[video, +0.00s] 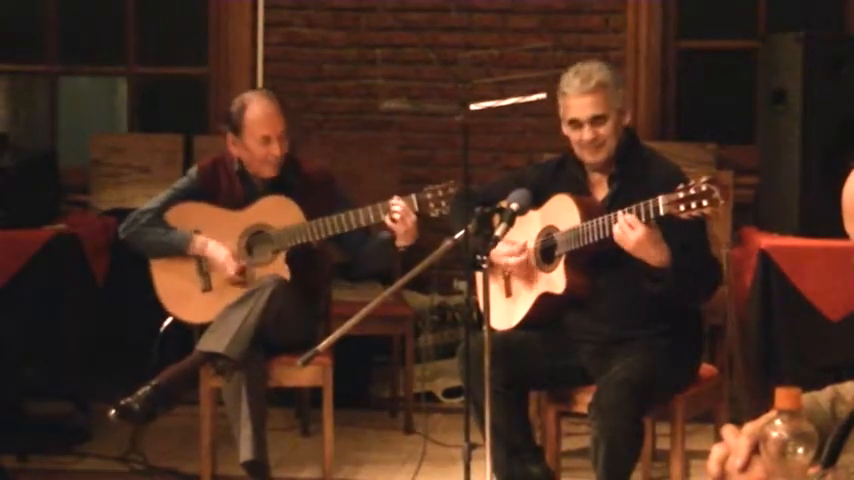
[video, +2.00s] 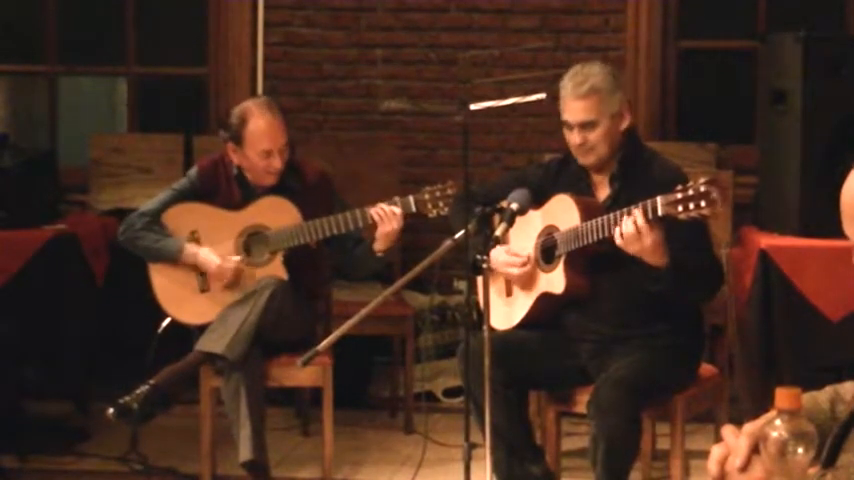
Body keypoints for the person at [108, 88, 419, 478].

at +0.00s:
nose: (277, 150)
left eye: (282, 138)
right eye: (265, 141)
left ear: (289, 133)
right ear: (235, 143)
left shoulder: (309, 182)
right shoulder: (212, 177)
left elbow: (357, 252)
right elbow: (134, 229)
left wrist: (397, 242)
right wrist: (203, 247)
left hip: (296, 317)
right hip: (227, 312)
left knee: (273, 287)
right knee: (246, 358)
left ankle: (168, 383)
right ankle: (254, 468)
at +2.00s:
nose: (277, 163)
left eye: (282, 151)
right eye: (265, 155)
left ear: (289, 142)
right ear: (234, 153)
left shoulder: (308, 182)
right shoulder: (211, 177)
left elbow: (344, 261)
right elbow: (133, 230)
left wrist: (379, 248)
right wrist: (199, 256)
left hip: (294, 315)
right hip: (228, 312)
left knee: (272, 290)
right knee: (243, 354)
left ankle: (168, 381)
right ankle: (255, 469)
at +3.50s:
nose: (277, 166)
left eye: (282, 153)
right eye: (265, 157)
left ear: (289, 142)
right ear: (234, 155)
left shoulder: (309, 183)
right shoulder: (210, 178)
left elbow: (348, 258)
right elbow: (131, 230)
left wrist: (389, 247)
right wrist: (195, 246)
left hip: (296, 315)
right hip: (228, 309)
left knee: (271, 288)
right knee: (244, 352)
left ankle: (168, 380)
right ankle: (255, 468)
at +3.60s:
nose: (276, 166)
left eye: (281, 152)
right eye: (263, 157)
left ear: (288, 141)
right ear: (233, 155)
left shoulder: (309, 183)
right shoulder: (210, 178)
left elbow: (349, 258)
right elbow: (132, 230)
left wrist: (392, 245)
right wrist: (199, 244)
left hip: (296, 315)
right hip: (229, 309)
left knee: (270, 288)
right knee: (244, 351)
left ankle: (167, 381)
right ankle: (254, 466)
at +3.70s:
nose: (277, 166)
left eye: (281, 153)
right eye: (264, 158)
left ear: (287, 142)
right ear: (234, 156)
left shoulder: (309, 182)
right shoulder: (210, 178)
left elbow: (354, 256)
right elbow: (133, 230)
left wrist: (391, 244)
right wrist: (199, 249)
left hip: (297, 313)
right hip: (230, 309)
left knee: (271, 289)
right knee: (244, 354)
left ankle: (169, 380)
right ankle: (255, 468)